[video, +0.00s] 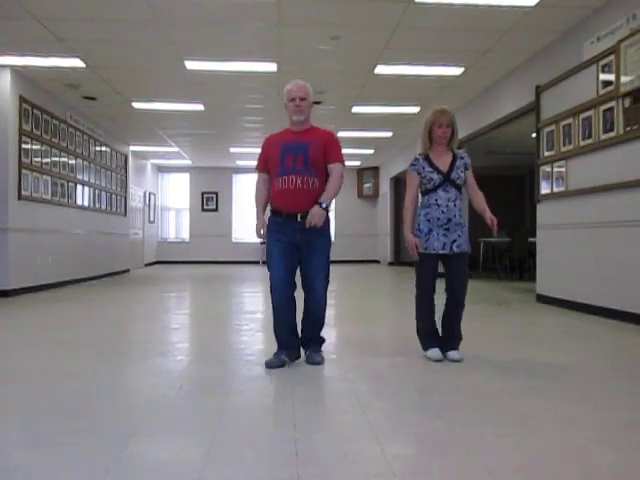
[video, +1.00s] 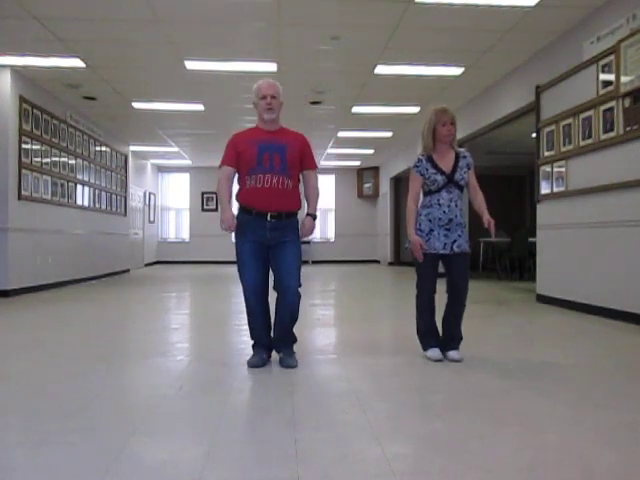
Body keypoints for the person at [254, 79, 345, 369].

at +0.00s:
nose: (297, 103)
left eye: (303, 98)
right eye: (292, 99)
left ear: (311, 102)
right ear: (285, 104)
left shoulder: (326, 138)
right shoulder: (272, 142)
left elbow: (337, 174)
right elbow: (263, 180)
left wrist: (323, 205)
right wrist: (260, 214)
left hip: (314, 222)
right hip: (280, 223)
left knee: (316, 288)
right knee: (280, 288)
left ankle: (313, 345)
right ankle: (287, 348)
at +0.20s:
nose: (296, 101)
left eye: (301, 97)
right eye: (291, 97)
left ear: (311, 102)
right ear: (284, 103)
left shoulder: (326, 137)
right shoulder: (273, 142)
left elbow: (336, 175)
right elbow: (264, 180)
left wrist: (326, 204)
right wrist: (257, 214)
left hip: (316, 222)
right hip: (281, 221)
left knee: (317, 287)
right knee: (273, 281)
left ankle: (313, 345)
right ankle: (279, 344)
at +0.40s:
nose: (291, 104)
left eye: (297, 99)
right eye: (286, 100)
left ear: (306, 104)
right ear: (279, 106)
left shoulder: (322, 140)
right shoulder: (266, 144)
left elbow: (335, 180)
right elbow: (257, 183)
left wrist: (333, 216)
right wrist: (251, 218)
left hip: (312, 225)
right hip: (276, 225)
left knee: (315, 289)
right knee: (270, 287)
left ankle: (312, 345)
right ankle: (261, 347)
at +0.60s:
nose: (281, 105)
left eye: (287, 100)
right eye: (276, 101)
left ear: (296, 105)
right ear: (269, 106)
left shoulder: (312, 144)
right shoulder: (254, 144)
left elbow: (325, 183)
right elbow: (243, 184)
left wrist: (329, 220)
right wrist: (239, 222)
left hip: (300, 226)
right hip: (264, 226)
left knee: (307, 289)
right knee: (262, 290)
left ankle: (312, 345)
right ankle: (262, 349)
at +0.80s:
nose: (272, 101)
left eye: (277, 97)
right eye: (267, 97)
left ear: (286, 103)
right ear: (259, 104)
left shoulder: (302, 141)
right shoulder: (244, 140)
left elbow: (313, 181)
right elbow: (227, 178)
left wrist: (314, 217)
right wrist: (228, 212)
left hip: (291, 224)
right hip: (254, 223)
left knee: (302, 284)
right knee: (256, 290)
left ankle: (306, 341)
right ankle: (261, 347)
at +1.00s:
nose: (268, 101)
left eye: (274, 97)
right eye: (263, 97)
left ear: (282, 102)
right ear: (255, 103)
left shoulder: (298, 141)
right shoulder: (240, 140)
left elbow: (310, 180)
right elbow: (225, 177)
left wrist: (311, 213)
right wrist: (226, 209)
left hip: (287, 223)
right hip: (250, 222)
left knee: (290, 288)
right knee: (253, 289)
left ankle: (285, 345)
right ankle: (260, 347)